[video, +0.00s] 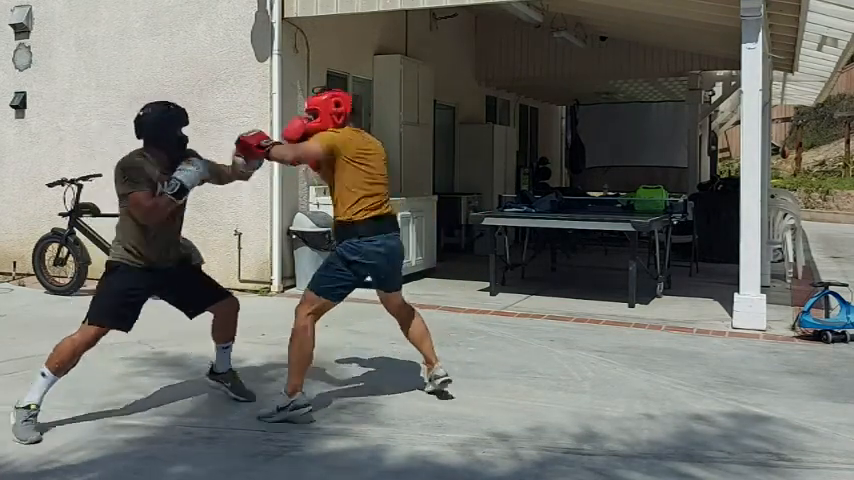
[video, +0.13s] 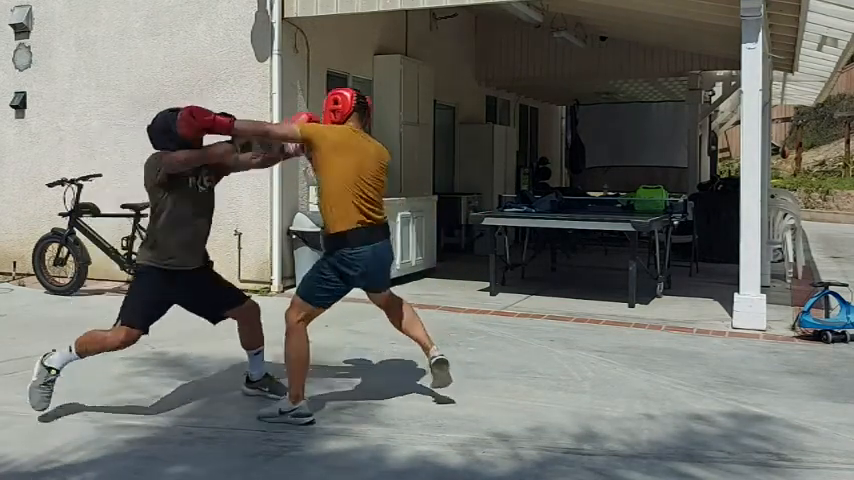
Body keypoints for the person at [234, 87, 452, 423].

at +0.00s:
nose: (310, 123)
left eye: (313, 117)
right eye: (310, 117)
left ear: (328, 116)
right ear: (345, 116)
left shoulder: (334, 138)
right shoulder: (374, 144)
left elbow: (293, 154)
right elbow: (339, 178)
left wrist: (264, 147)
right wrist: (305, 147)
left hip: (356, 246)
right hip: (389, 242)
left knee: (306, 314)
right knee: (398, 305)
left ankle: (294, 397)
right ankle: (434, 368)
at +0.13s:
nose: (325, 117)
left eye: (328, 112)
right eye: (327, 112)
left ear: (336, 111)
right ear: (363, 116)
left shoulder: (322, 133)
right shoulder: (380, 151)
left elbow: (267, 130)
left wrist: (218, 123)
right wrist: (312, 147)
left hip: (346, 253)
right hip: (380, 247)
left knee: (296, 317)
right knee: (386, 298)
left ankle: (296, 403)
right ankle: (431, 350)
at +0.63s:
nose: (360, 104)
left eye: (360, 99)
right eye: (359, 98)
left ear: (371, 95)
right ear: (394, 92)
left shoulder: (373, 122)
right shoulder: (431, 121)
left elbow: (374, 175)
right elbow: (416, 157)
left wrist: (351, 207)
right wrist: (368, 127)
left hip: (401, 231)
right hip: (442, 226)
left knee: (371, 312)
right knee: (446, 316)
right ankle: (463, 404)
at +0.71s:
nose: (361, 105)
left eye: (361, 99)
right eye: (360, 98)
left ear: (374, 97)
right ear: (397, 94)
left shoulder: (376, 126)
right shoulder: (434, 122)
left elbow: (375, 178)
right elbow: (408, 142)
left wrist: (347, 204)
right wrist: (366, 135)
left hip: (406, 235)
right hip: (446, 230)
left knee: (382, 317)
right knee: (450, 321)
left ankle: (402, 406)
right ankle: (472, 412)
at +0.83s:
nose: (361, 114)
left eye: (363, 107)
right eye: (360, 108)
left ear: (379, 106)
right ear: (401, 103)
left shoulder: (383, 141)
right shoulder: (436, 135)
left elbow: (378, 198)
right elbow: (413, 169)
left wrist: (341, 204)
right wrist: (371, 148)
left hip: (411, 250)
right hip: (449, 243)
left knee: (373, 321)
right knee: (453, 332)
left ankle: (400, 407)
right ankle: (473, 421)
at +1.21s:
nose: (313, 123)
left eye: (315, 117)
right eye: (314, 116)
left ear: (328, 117)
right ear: (355, 117)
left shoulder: (324, 146)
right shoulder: (386, 147)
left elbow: (269, 178)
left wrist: (283, 150)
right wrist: (306, 147)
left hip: (346, 265)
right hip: (391, 260)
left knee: (289, 326)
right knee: (421, 338)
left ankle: (265, 411)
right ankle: (470, 416)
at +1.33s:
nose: (273, 129)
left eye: (277, 124)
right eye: (321, 124)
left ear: (283, 126)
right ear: (318, 126)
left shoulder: (267, 153)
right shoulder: (344, 159)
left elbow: (214, 149)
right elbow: (357, 199)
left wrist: (188, 132)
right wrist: (328, 167)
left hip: (297, 274)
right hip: (346, 269)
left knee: (254, 340)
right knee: (384, 329)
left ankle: (223, 420)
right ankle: (413, 408)